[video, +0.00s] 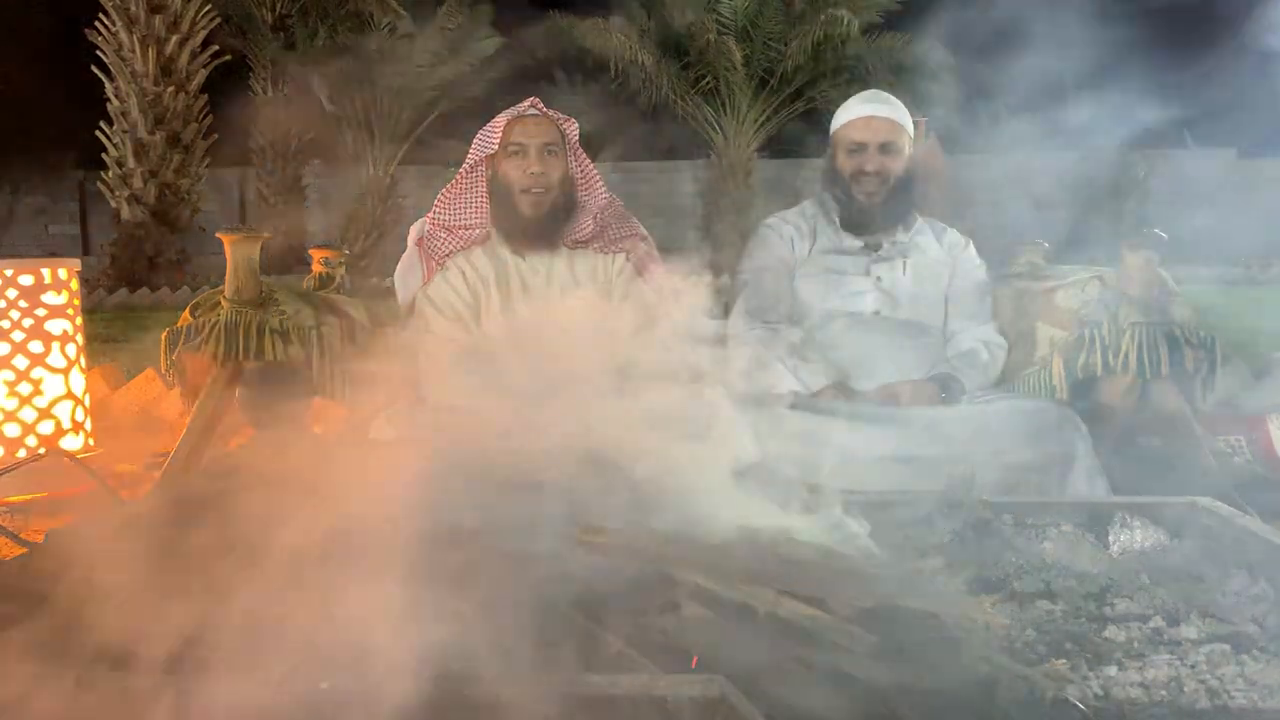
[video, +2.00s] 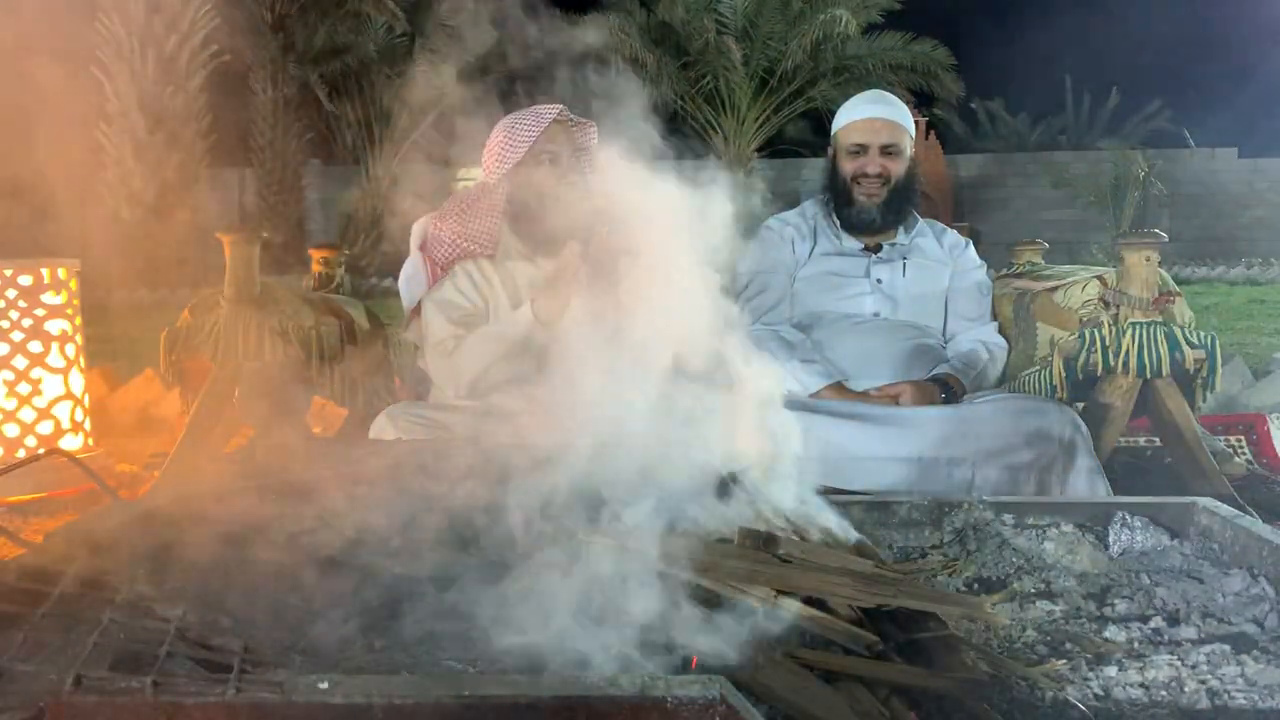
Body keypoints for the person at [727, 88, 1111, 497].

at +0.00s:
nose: (870, 165)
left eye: (887, 151)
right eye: (856, 150)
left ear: (910, 159)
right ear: (832, 156)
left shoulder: (951, 248)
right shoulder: (785, 236)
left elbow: (982, 347)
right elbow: (751, 345)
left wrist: (936, 389)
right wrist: (821, 395)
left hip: (932, 422)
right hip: (823, 421)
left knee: (1052, 424)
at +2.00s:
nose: (871, 168)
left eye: (888, 153)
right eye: (857, 152)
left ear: (911, 162)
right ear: (833, 157)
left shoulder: (951, 248)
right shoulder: (785, 236)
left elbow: (981, 344)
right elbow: (757, 333)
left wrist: (939, 389)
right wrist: (836, 396)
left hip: (935, 420)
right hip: (823, 417)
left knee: (1055, 426)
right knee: (762, 434)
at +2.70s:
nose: (864, 168)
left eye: (883, 154)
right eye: (851, 153)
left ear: (911, 166)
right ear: (832, 160)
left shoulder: (951, 249)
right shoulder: (785, 236)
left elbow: (981, 345)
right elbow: (753, 339)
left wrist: (938, 390)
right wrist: (839, 398)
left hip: (935, 423)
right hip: (821, 419)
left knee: (1050, 425)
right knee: (736, 432)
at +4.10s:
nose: (837, 166)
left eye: (856, 152)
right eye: (834, 151)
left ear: (900, 163)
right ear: (824, 155)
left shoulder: (952, 251)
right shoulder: (784, 236)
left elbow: (982, 344)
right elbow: (752, 336)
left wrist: (936, 387)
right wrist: (828, 394)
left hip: (933, 421)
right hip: (823, 417)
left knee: (1053, 425)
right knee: (739, 431)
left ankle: (1081, 577)